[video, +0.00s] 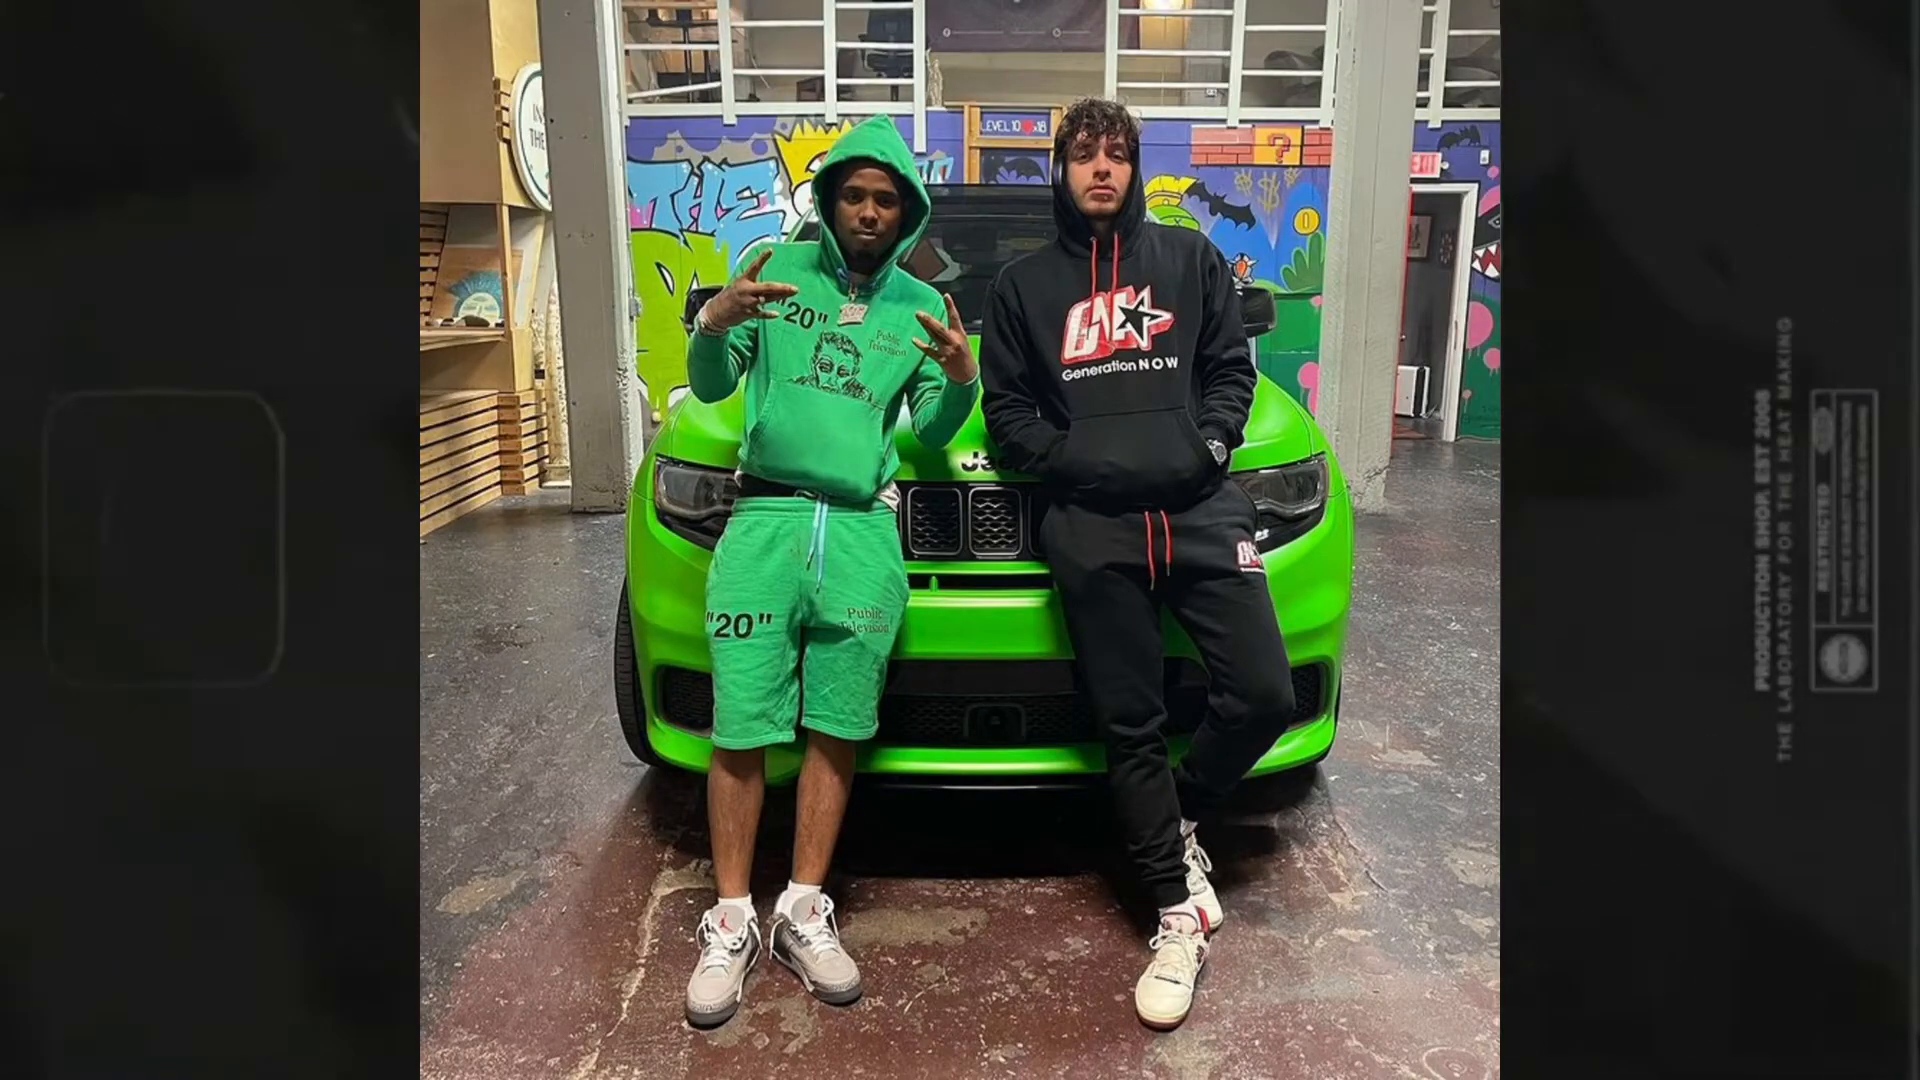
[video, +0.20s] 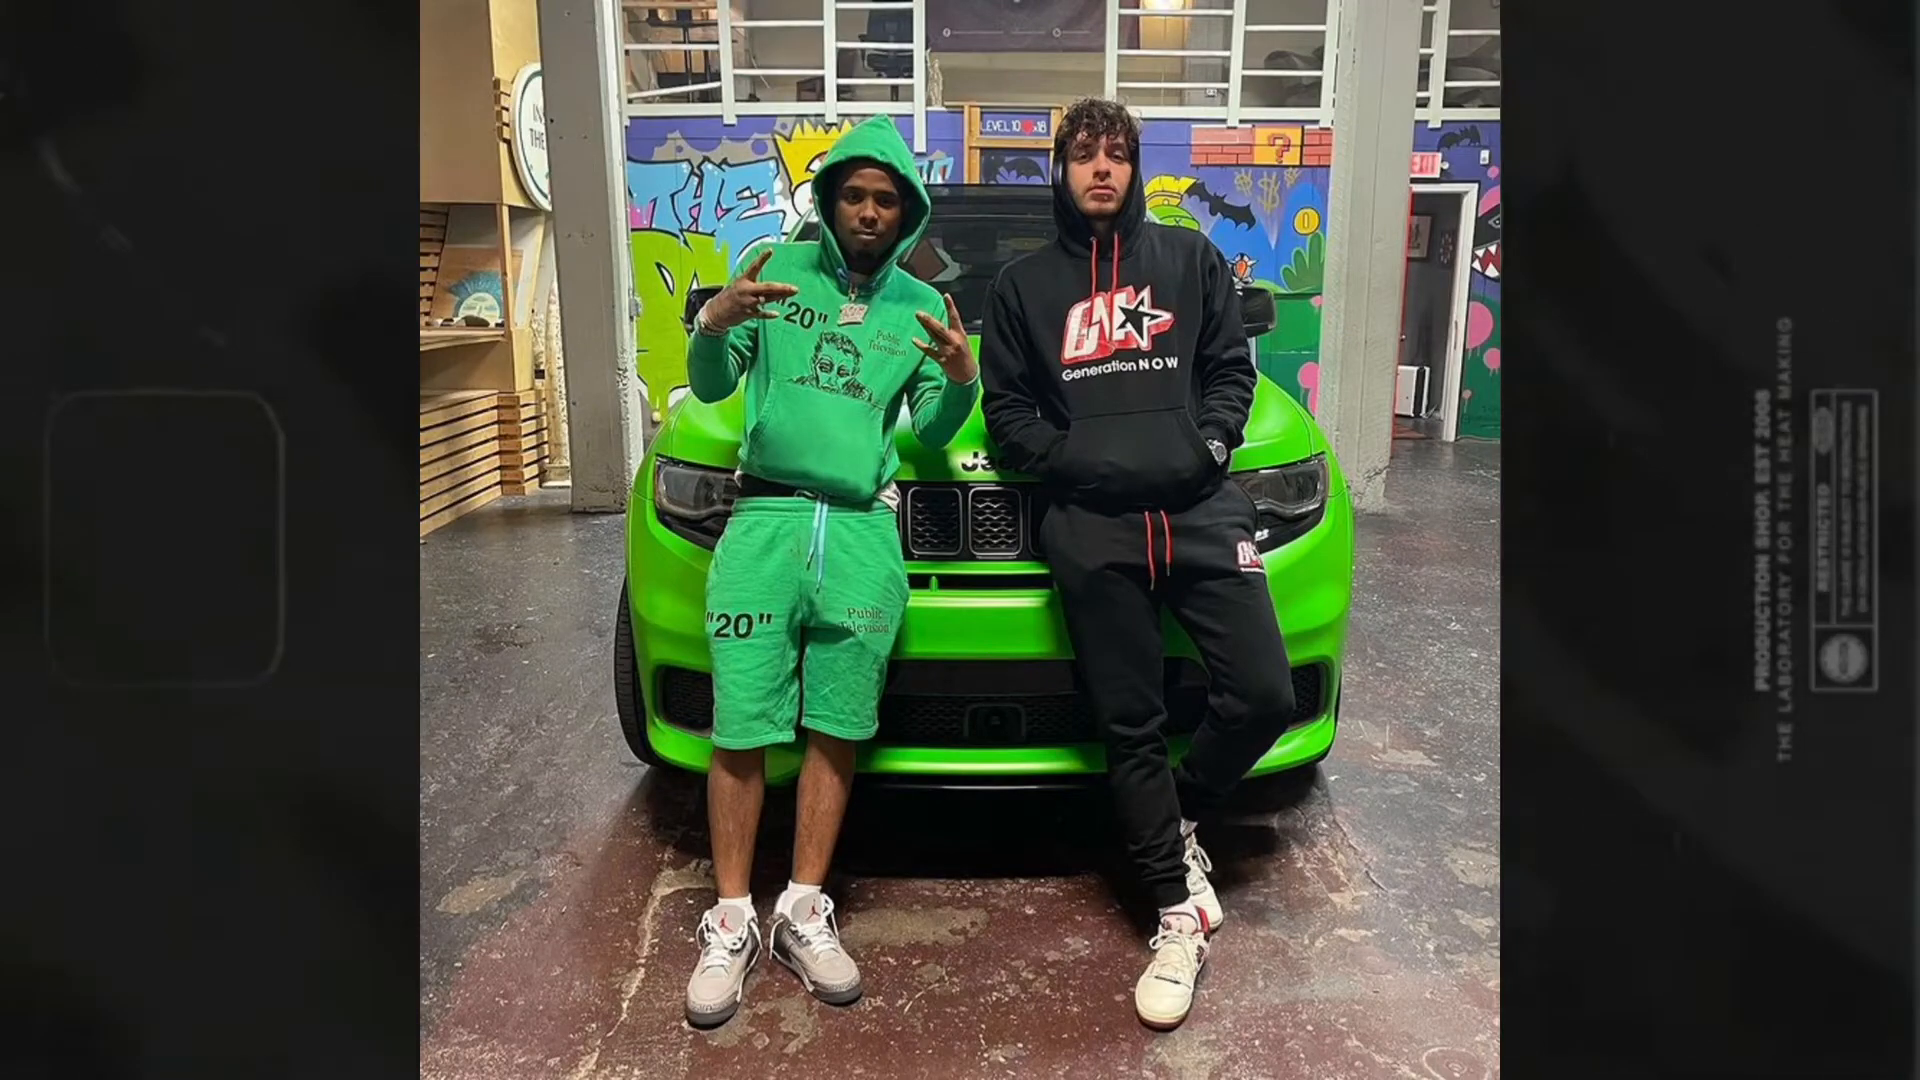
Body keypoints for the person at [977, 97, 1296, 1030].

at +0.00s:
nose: (1101, 171)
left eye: (1115, 159)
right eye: (1086, 159)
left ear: (1137, 170)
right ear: (1061, 172)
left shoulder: (1193, 257)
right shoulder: (1019, 281)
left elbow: (1232, 367)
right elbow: (1005, 405)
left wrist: (1208, 445)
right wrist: (1064, 457)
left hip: (1200, 503)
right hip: (1091, 514)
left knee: (1262, 692)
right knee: (1131, 719)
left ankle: (1180, 818)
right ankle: (1179, 917)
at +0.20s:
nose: (1101, 171)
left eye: (1115, 159)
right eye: (1086, 159)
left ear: (1137, 170)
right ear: (1061, 172)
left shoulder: (1193, 257)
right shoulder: (1019, 281)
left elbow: (1232, 367)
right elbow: (1005, 405)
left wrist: (1208, 445)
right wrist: (1064, 456)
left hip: (1200, 503)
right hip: (1091, 514)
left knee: (1262, 692)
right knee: (1131, 719)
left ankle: (1180, 818)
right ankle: (1179, 917)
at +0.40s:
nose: (1101, 171)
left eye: (1115, 159)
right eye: (1086, 159)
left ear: (1137, 170)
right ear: (1061, 172)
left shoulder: (1193, 257)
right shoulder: (1019, 281)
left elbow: (1232, 367)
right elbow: (1005, 405)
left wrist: (1208, 445)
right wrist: (1064, 456)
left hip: (1200, 503)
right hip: (1091, 514)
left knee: (1262, 692)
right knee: (1131, 719)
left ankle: (1180, 818)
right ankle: (1179, 917)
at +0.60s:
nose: (1101, 171)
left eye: (1115, 159)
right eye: (1086, 159)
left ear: (1137, 170)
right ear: (1061, 172)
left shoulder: (1193, 257)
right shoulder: (1019, 281)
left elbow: (1232, 367)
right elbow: (1005, 405)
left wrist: (1208, 445)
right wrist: (1065, 456)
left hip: (1200, 503)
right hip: (1091, 514)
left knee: (1262, 692)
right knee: (1131, 720)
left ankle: (1180, 818)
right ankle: (1179, 917)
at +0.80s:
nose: (1101, 171)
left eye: (1115, 159)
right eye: (1086, 159)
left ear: (1137, 170)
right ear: (1061, 172)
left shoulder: (1193, 257)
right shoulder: (1019, 281)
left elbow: (1232, 367)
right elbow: (1005, 405)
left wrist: (1208, 445)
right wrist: (1065, 456)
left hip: (1200, 503)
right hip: (1091, 514)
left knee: (1262, 692)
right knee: (1131, 720)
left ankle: (1180, 818)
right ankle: (1179, 917)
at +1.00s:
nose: (1101, 171)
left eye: (1115, 159)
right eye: (1086, 159)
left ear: (1137, 170)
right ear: (1061, 172)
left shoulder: (1193, 257)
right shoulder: (1019, 281)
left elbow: (1232, 367)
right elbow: (1005, 405)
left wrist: (1208, 445)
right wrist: (1064, 456)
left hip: (1200, 503)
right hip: (1091, 514)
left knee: (1262, 692)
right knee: (1131, 720)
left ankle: (1180, 818)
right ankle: (1178, 917)